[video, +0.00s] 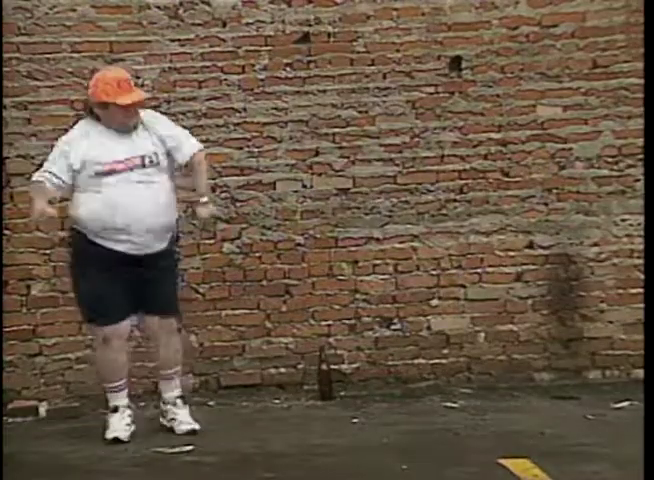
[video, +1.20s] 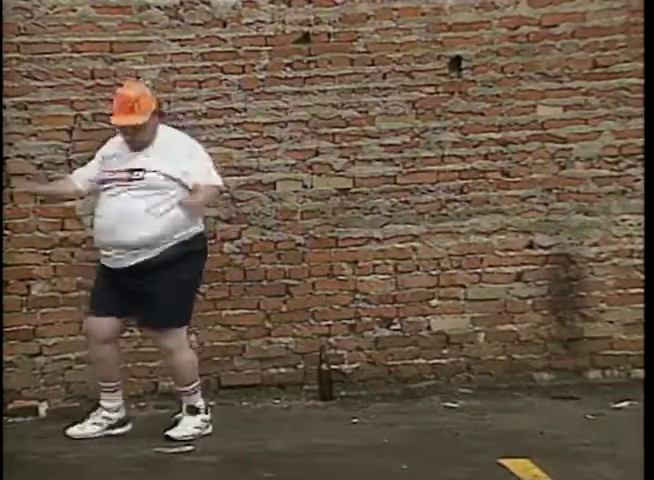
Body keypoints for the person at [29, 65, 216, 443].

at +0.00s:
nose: (135, 111)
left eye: (136, 104)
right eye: (125, 107)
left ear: (138, 99)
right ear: (100, 109)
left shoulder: (153, 123)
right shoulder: (77, 140)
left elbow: (196, 154)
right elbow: (46, 179)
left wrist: (202, 198)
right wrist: (40, 202)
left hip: (158, 247)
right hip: (100, 249)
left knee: (166, 324)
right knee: (111, 332)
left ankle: (173, 404)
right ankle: (119, 410)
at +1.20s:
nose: (130, 135)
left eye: (137, 128)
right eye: (124, 128)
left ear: (154, 117)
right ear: (117, 122)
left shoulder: (180, 146)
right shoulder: (112, 150)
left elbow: (210, 186)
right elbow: (77, 184)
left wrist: (196, 200)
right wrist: (37, 187)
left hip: (172, 254)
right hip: (119, 259)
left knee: (171, 336)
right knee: (99, 329)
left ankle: (195, 413)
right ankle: (112, 412)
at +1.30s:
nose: (114, 120)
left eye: (119, 111)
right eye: (110, 114)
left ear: (140, 101)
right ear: (111, 113)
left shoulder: (171, 127)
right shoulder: (114, 142)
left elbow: (197, 163)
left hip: (172, 250)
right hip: (118, 254)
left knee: (173, 335)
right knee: (99, 328)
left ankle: (195, 412)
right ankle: (108, 404)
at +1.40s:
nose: (100, 107)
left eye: (102, 99)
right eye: (97, 102)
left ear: (124, 88)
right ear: (106, 98)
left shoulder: (161, 110)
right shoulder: (106, 131)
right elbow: (93, 182)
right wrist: (69, 220)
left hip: (169, 240)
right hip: (114, 242)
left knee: (174, 326)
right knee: (109, 319)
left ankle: (192, 407)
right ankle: (112, 400)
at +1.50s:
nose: (95, 109)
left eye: (99, 100)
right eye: (93, 104)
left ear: (121, 94)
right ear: (97, 105)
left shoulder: (150, 113)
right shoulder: (102, 134)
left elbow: (141, 139)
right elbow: (89, 179)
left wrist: (98, 149)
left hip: (168, 240)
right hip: (114, 241)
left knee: (173, 322)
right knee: (122, 322)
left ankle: (181, 406)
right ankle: (127, 405)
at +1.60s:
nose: (95, 130)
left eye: (101, 122)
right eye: (92, 123)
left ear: (123, 116)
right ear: (93, 122)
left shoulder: (146, 130)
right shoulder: (99, 149)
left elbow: (133, 151)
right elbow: (100, 196)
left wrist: (115, 170)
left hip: (165, 257)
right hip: (109, 262)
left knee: (177, 335)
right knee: (117, 336)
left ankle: (180, 410)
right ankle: (133, 412)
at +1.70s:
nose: (99, 139)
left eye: (106, 131)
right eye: (95, 132)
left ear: (124, 122)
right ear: (89, 128)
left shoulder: (147, 140)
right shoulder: (96, 157)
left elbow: (154, 175)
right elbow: (90, 200)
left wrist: (139, 208)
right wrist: (76, 215)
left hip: (162, 259)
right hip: (107, 261)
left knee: (172, 338)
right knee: (113, 338)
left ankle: (181, 408)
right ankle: (133, 414)